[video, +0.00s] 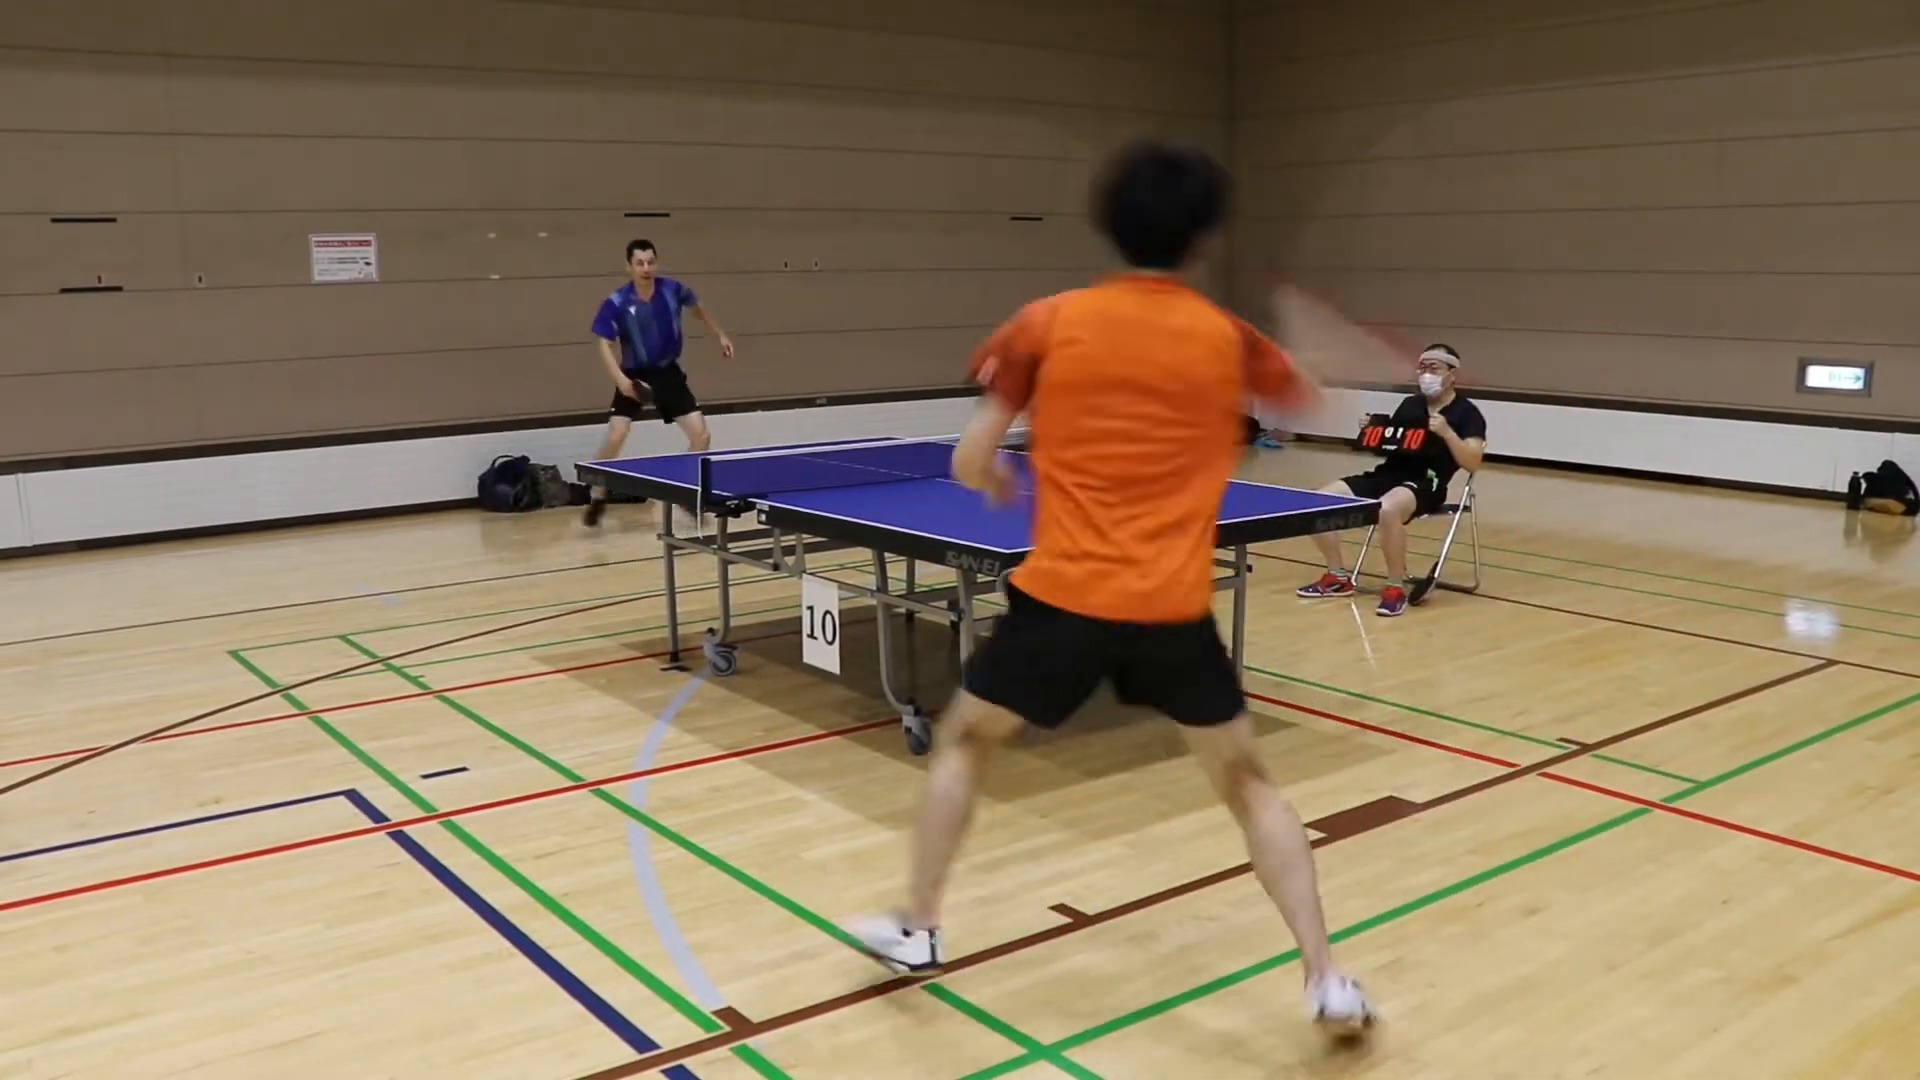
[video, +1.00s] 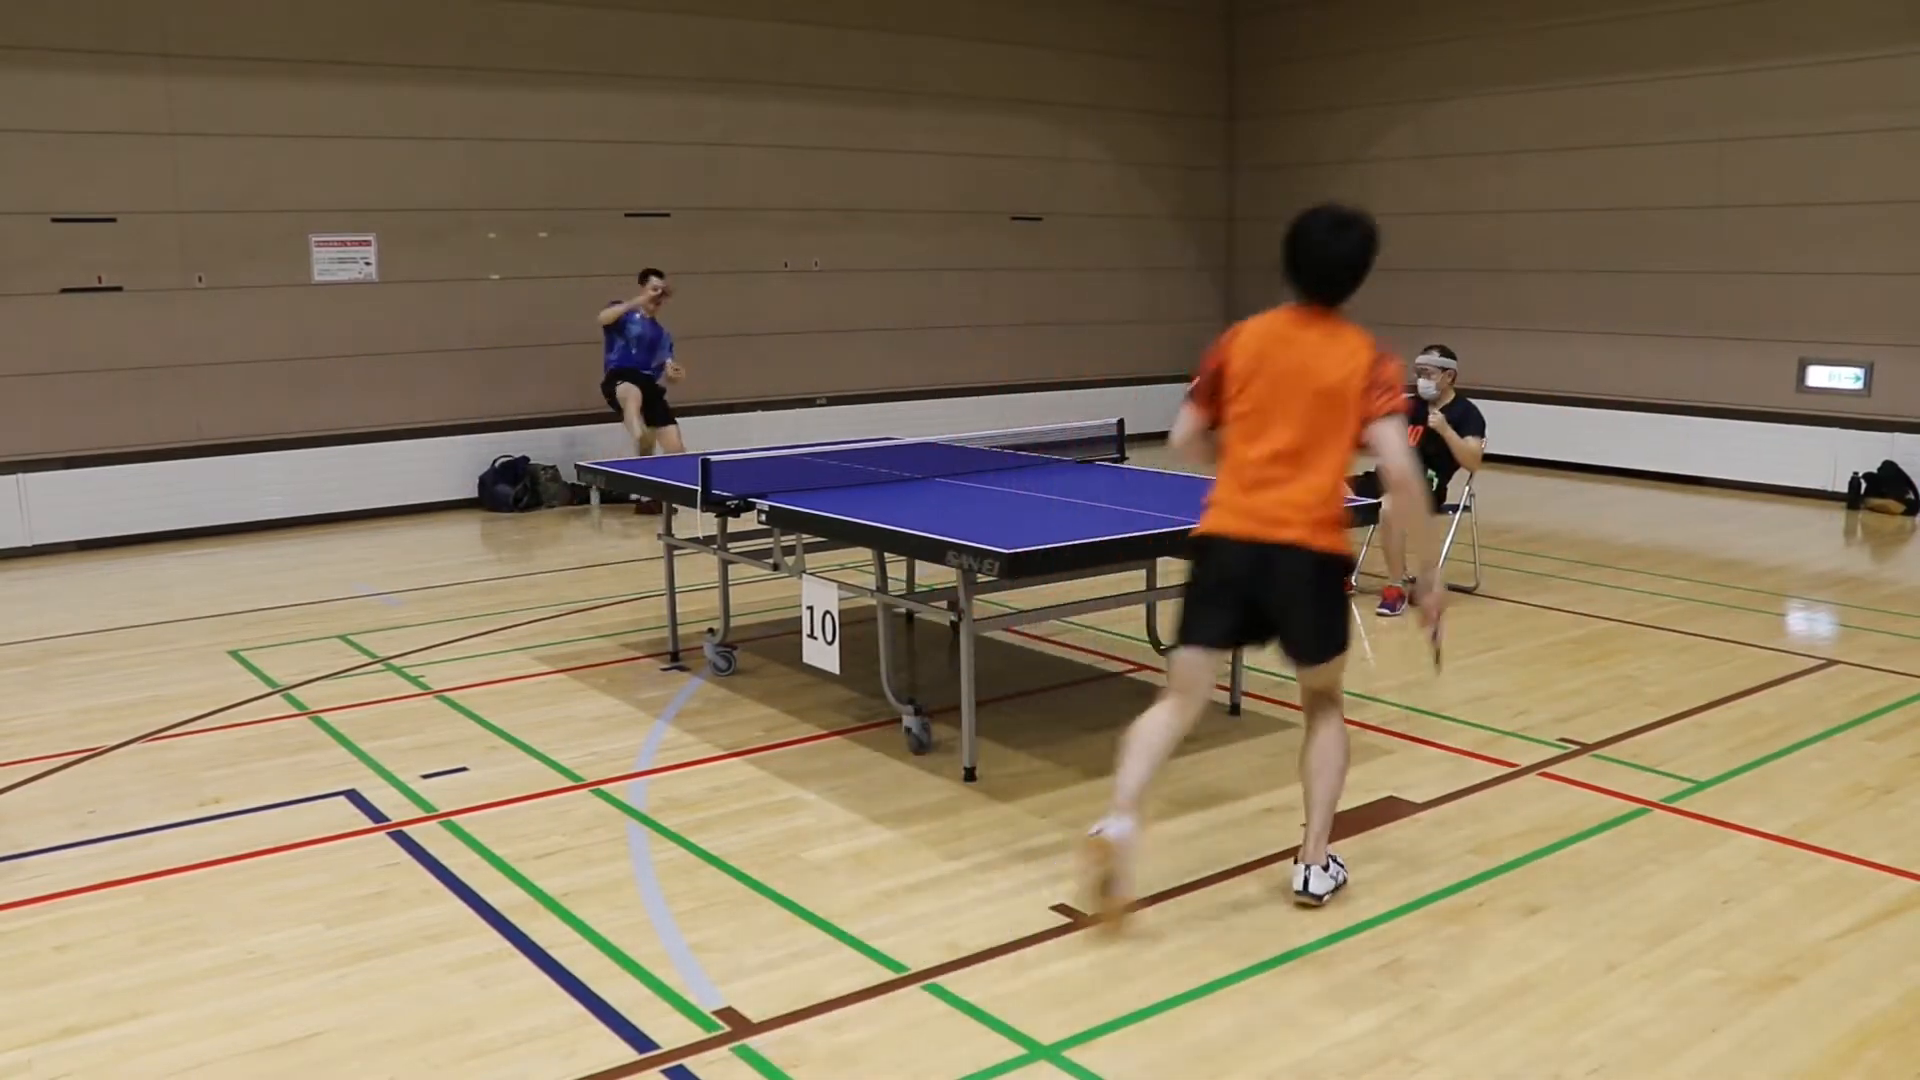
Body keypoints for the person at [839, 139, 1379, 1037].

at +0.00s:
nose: (1219, 240)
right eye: (1213, 228)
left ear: (1113, 229)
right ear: (1203, 240)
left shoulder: (1052, 323)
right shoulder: (1223, 339)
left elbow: (970, 462)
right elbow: (1316, 412)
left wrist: (1003, 482)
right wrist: (1306, 330)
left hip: (1059, 608)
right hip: (1171, 616)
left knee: (963, 738)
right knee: (1245, 778)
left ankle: (918, 925)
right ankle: (1324, 976)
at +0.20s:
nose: (937, 313)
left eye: (943, 298)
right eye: (941, 297)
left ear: (968, 308)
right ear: (1016, 303)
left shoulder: (1027, 404)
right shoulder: (989, 374)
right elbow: (899, 450)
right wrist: (875, 420)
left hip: (1040, 645)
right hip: (1084, 637)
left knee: (880, 807)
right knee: (1120, 802)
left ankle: (825, 1006)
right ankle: (1288, 882)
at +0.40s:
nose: (916, 341)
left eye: (920, 327)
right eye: (918, 326)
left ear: (940, 335)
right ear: (994, 326)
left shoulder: (1001, 410)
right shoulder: (997, 396)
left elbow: (1110, 501)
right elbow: (1017, 527)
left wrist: (1121, 637)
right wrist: (945, 581)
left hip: (1030, 649)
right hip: (1021, 634)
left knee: (872, 798)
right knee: (1005, 757)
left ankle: (823, 1006)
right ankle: (1129, 869)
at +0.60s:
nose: (1022, 264)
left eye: (1027, 252)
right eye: (1027, 250)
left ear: (1041, 262)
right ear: (1108, 262)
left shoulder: (1023, 344)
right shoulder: (1154, 348)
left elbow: (997, 469)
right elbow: (1178, 482)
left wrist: (966, 556)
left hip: (1081, 576)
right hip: (1164, 564)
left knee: (977, 744)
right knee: (1150, 707)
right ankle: (1181, 862)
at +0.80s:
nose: (1156, 309)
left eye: (1159, 299)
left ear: (1165, 307)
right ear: (1238, 315)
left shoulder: (1110, 378)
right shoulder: (1259, 406)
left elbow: (1072, 493)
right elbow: (1291, 541)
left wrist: (1116, 548)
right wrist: (1308, 626)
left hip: (1101, 612)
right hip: (1201, 617)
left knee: (1055, 771)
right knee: (1279, 714)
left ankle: (1029, 935)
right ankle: (1309, 869)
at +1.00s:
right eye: (1361, 266)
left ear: (1289, 266)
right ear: (1358, 276)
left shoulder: (1241, 339)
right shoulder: (1368, 360)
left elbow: (1187, 443)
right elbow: (1401, 476)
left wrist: (1251, 458)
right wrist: (1422, 578)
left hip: (1224, 551)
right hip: (1307, 561)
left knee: (1181, 695)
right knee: (1322, 706)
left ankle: (1119, 818)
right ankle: (1314, 862)